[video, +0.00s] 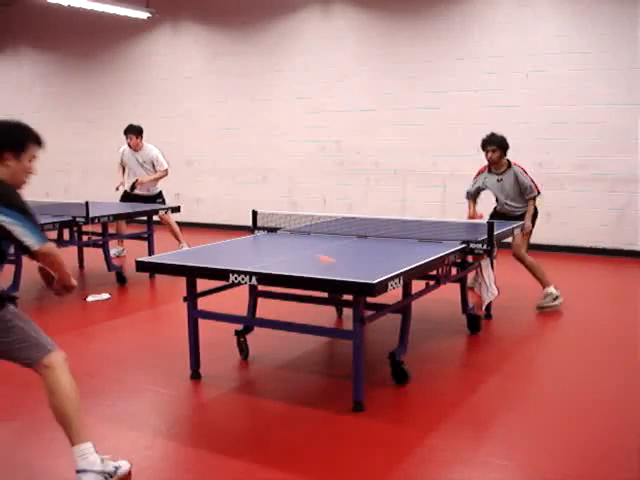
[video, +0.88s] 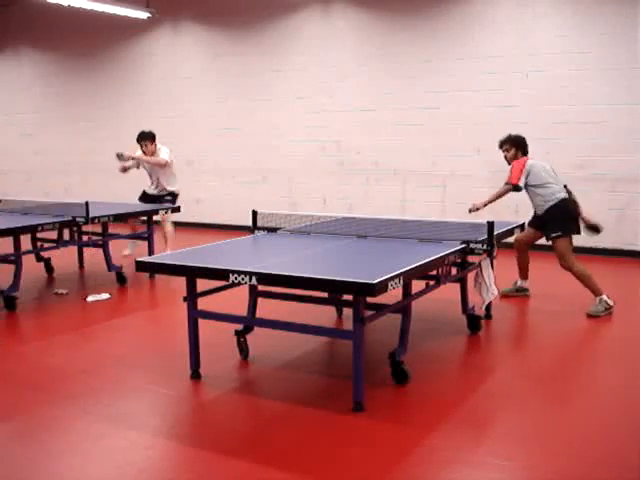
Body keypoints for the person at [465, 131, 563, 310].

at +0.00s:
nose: (489, 156)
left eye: (493, 152)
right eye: (486, 152)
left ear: (503, 152)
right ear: (484, 153)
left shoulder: (516, 171)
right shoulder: (484, 174)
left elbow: (532, 195)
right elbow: (473, 193)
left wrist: (528, 220)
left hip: (523, 212)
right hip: (501, 212)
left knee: (518, 251)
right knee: (484, 245)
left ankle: (550, 290)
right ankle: (480, 278)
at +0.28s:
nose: (495, 135)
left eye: (499, 131)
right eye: (493, 131)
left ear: (509, 132)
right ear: (490, 133)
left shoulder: (524, 153)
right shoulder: (490, 160)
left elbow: (537, 176)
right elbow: (488, 185)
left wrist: (527, 196)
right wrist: (484, 202)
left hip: (527, 202)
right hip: (503, 203)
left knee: (538, 245)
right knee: (490, 243)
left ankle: (552, 283)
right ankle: (479, 276)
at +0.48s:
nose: (501, 127)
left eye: (505, 123)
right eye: (498, 124)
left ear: (515, 124)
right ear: (495, 126)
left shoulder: (528, 144)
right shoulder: (497, 154)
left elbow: (544, 167)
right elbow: (498, 182)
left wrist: (524, 185)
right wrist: (489, 198)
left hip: (542, 193)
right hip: (519, 195)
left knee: (544, 241)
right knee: (501, 236)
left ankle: (561, 279)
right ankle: (510, 277)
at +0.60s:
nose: (505, 135)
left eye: (509, 131)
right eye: (503, 132)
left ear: (519, 132)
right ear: (501, 135)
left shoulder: (531, 151)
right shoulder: (506, 162)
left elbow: (541, 179)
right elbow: (510, 191)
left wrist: (514, 194)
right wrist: (499, 211)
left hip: (550, 201)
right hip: (528, 205)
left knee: (554, 247)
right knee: (510, 244)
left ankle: (585, 287)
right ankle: (520, 285)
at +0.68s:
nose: (508, 143)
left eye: (512, 138)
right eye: (506, 140)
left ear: (522, 140)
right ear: (506, 142)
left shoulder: (531, 157)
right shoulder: (519, 164)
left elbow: (533, 186)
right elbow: (531, 193)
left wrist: (504, 200)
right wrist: (525, 217)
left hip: (557, 209)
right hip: (537, 213)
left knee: (569, 255)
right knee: (512, 246)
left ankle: (601, 298)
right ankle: (521, 285)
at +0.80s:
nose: (507, 152)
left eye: (509, 148)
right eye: (505, 149)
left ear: (520, 147)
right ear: (519, 150)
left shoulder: (524, 163)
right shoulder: (531, 164)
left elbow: (514, 188)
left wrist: (488, 204)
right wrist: (531, 224)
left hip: (562, 211)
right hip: (546, 215)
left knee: (568, 261)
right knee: (520, 242)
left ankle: (603, 299)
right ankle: (521, 285)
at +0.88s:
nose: (504, 155)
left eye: (507, 150)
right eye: (503, 152)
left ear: (518, 149)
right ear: (520, 151)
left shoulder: (519, 164)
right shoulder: (541, 166)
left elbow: (510, 186)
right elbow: (566, 192)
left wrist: (483, 204)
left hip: (558, 211)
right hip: (545, 215)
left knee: (567, 261)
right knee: (521, 242)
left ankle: (603, 299)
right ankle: (522, 285)